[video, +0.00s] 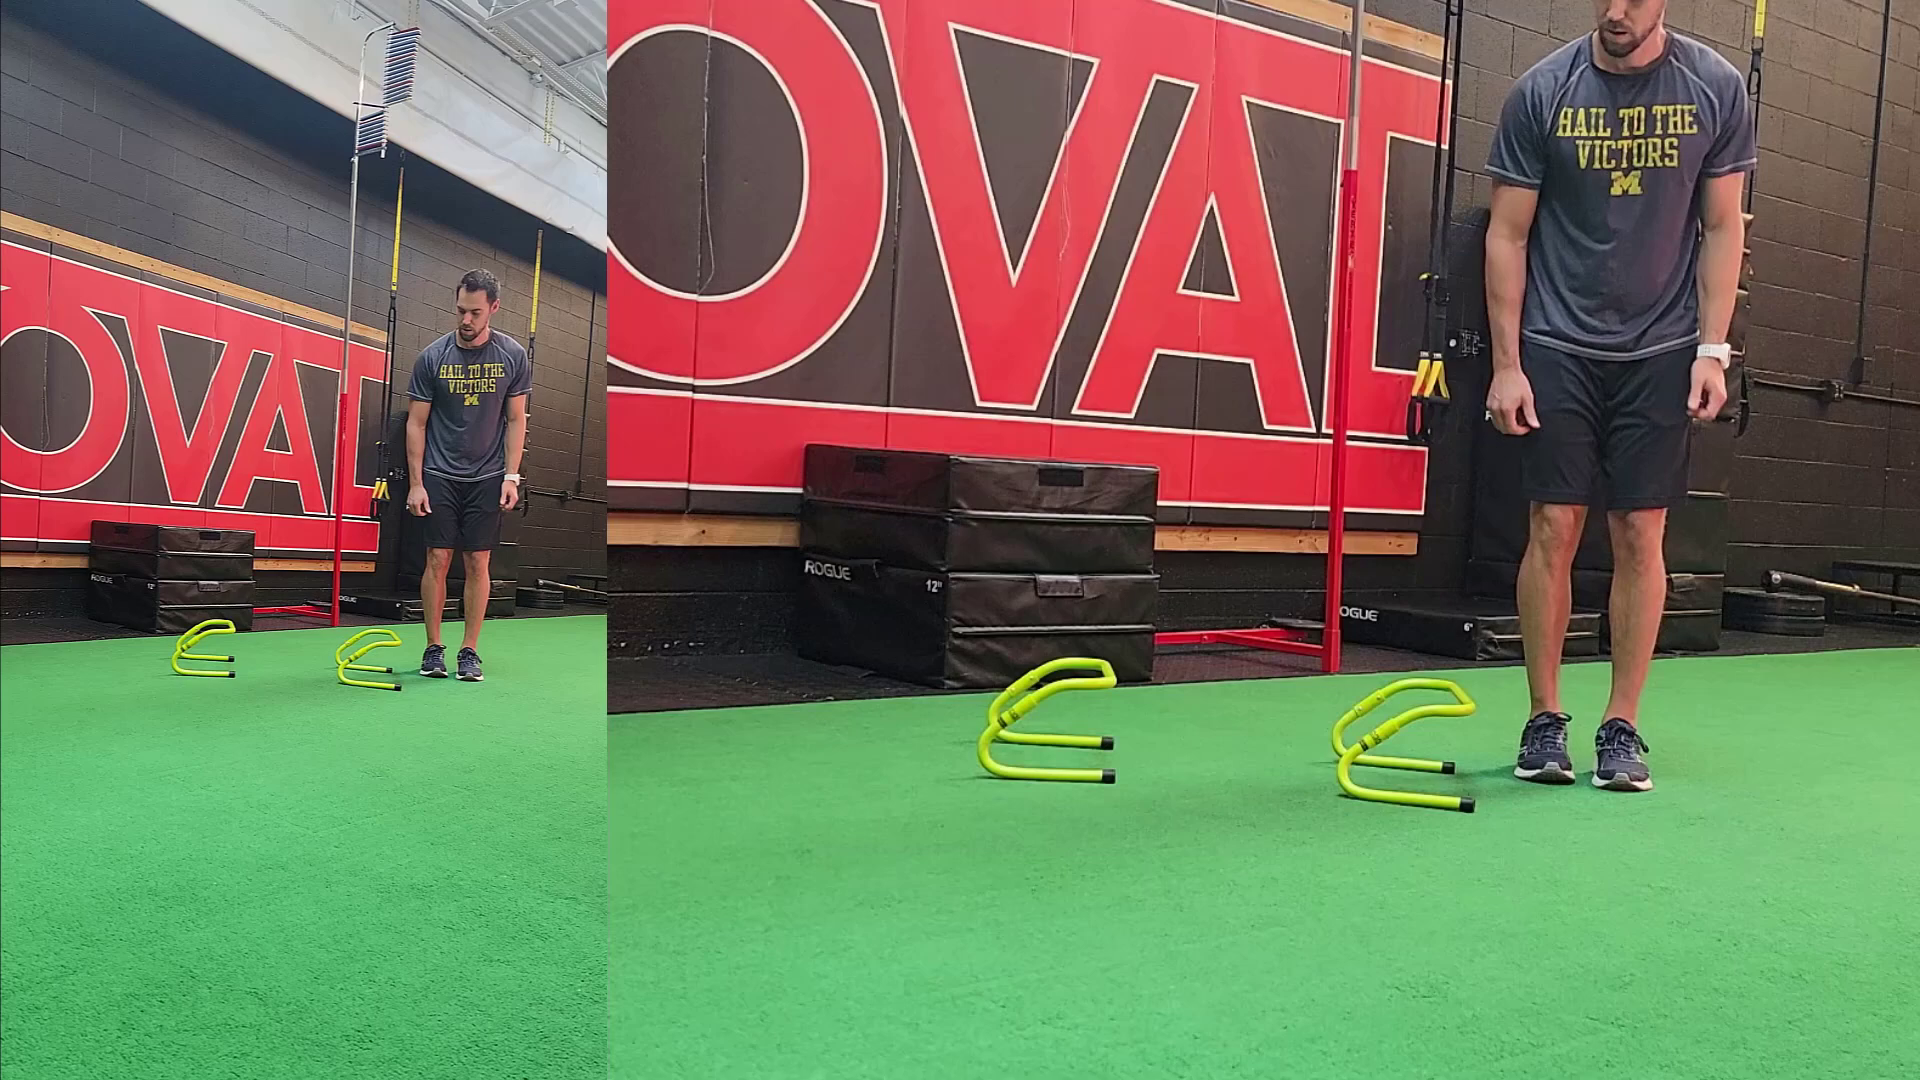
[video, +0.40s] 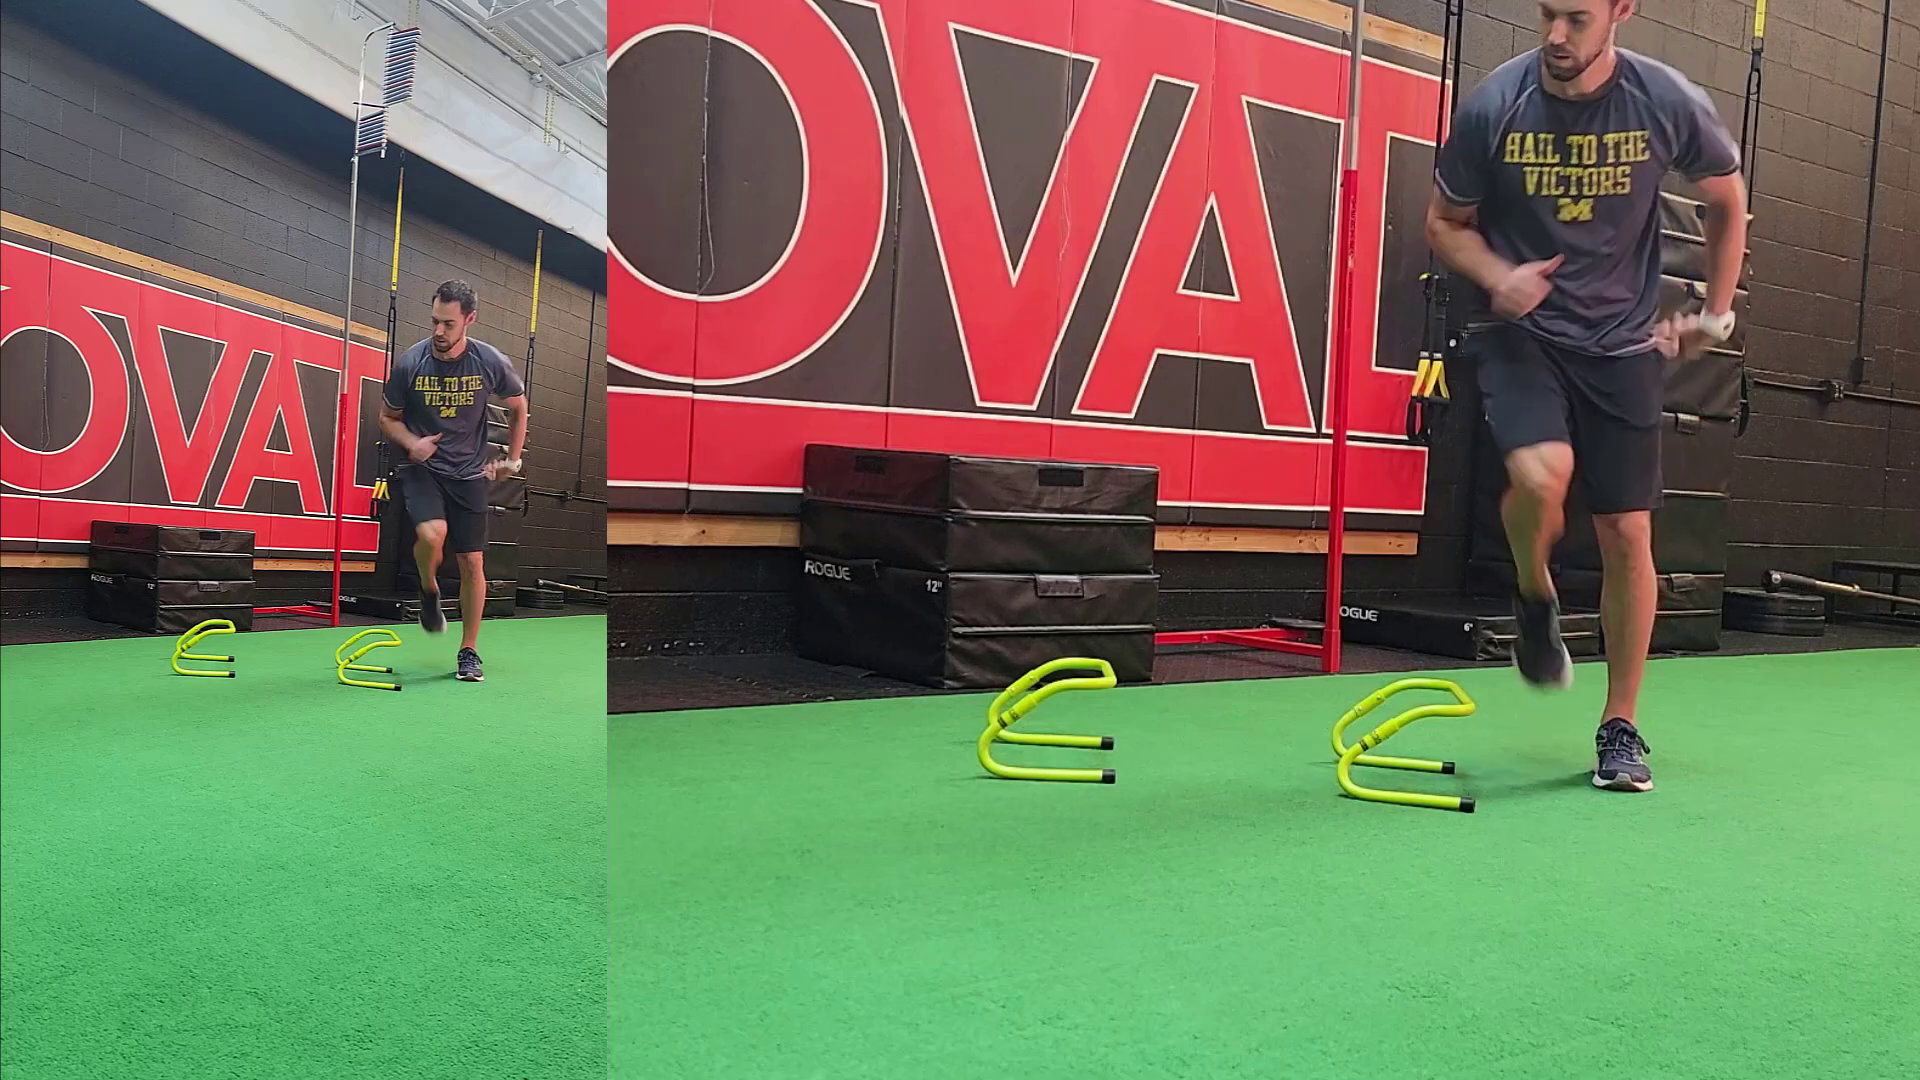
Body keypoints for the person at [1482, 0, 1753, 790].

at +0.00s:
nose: (1618, 14)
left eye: (1635, 2)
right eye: (1607, 2)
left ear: (1665, 2)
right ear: (1594, 3)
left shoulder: (1717, 88)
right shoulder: (1540, 91)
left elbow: (1724, 227)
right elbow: (1507, 232)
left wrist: (1712, 347)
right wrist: (1506, 361)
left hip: (1662, 350)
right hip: (1556, 347)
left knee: (1639, 531)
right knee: (1555, 526)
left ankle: (1621, 726)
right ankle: (1544, 720)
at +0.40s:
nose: (1556, 36)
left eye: (1577, 21)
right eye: (1548, 17)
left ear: (1619, 17)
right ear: (1536, 13)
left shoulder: (1671, 104)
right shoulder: (1489, 109)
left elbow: (1727, 206)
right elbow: (1444, 223)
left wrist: (1715, 315)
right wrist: (1496, 275)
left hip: (1623, 341)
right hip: (1520, 332)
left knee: (1626, 530)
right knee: (1541, 476)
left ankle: (1620, 726)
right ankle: (1537, 599)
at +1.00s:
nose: (1284, 7)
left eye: (1301, 0)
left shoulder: (1395, 61)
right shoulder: (1211, 53)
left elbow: (1436, 176)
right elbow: (1177, 178)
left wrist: (1433, 298)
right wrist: (1189, 249)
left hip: (1331, 281)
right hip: (1231, 277)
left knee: (1305, 448)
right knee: (1197, 451)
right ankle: (1226, 623)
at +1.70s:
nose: (961, 124)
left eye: (979, 104)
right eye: (947, 102)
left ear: (1019, 83)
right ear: (931, 84)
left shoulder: (1075, 184)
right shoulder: (907, 166)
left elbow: (1059, 341)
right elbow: (899, 266)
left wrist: (951, 259)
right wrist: (902, 346)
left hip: (1048, 360)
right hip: (949, 348)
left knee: (956, 456)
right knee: (872, 495)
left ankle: (962, 556)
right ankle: (868, 695)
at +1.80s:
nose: (989, 107)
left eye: (1005, 87)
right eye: (972, 87)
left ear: (1036, 68)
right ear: (951, 72)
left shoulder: (1095, 162)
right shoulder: (918, 162)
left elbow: (1144, 284)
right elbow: (890, 294)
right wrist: (859, 418)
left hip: (1061, 348)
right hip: (959, 348)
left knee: (991, 441)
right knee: (883, 494)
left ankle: (1049, 526)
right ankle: (872, 698)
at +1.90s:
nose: (1052, 62)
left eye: (1067, 42)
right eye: (1035, 44)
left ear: (1085, 30)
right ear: (1003, 30)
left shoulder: (1132, 118)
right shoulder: (959, 119)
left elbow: (1227, 215)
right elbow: (924, 238)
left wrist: (1238, 343)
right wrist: (942, 303)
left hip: (1099, 322)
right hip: (994, 330)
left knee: (1064, 443)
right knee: (914, 495)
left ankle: (1161, 544)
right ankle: (871, 697)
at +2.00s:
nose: (1125, 16)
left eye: (1137, 2)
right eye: (1108, 4)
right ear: (1080, 3)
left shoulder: (1207, 71)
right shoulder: (1021, 67)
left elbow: (1270, 177)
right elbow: (994, 172)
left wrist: (1271, 296)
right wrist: (1022, 213)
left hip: (1154, 296)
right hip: (1045, 296)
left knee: (1158, 469)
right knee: (973, 466)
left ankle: (1213, 636)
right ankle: (884, 666)